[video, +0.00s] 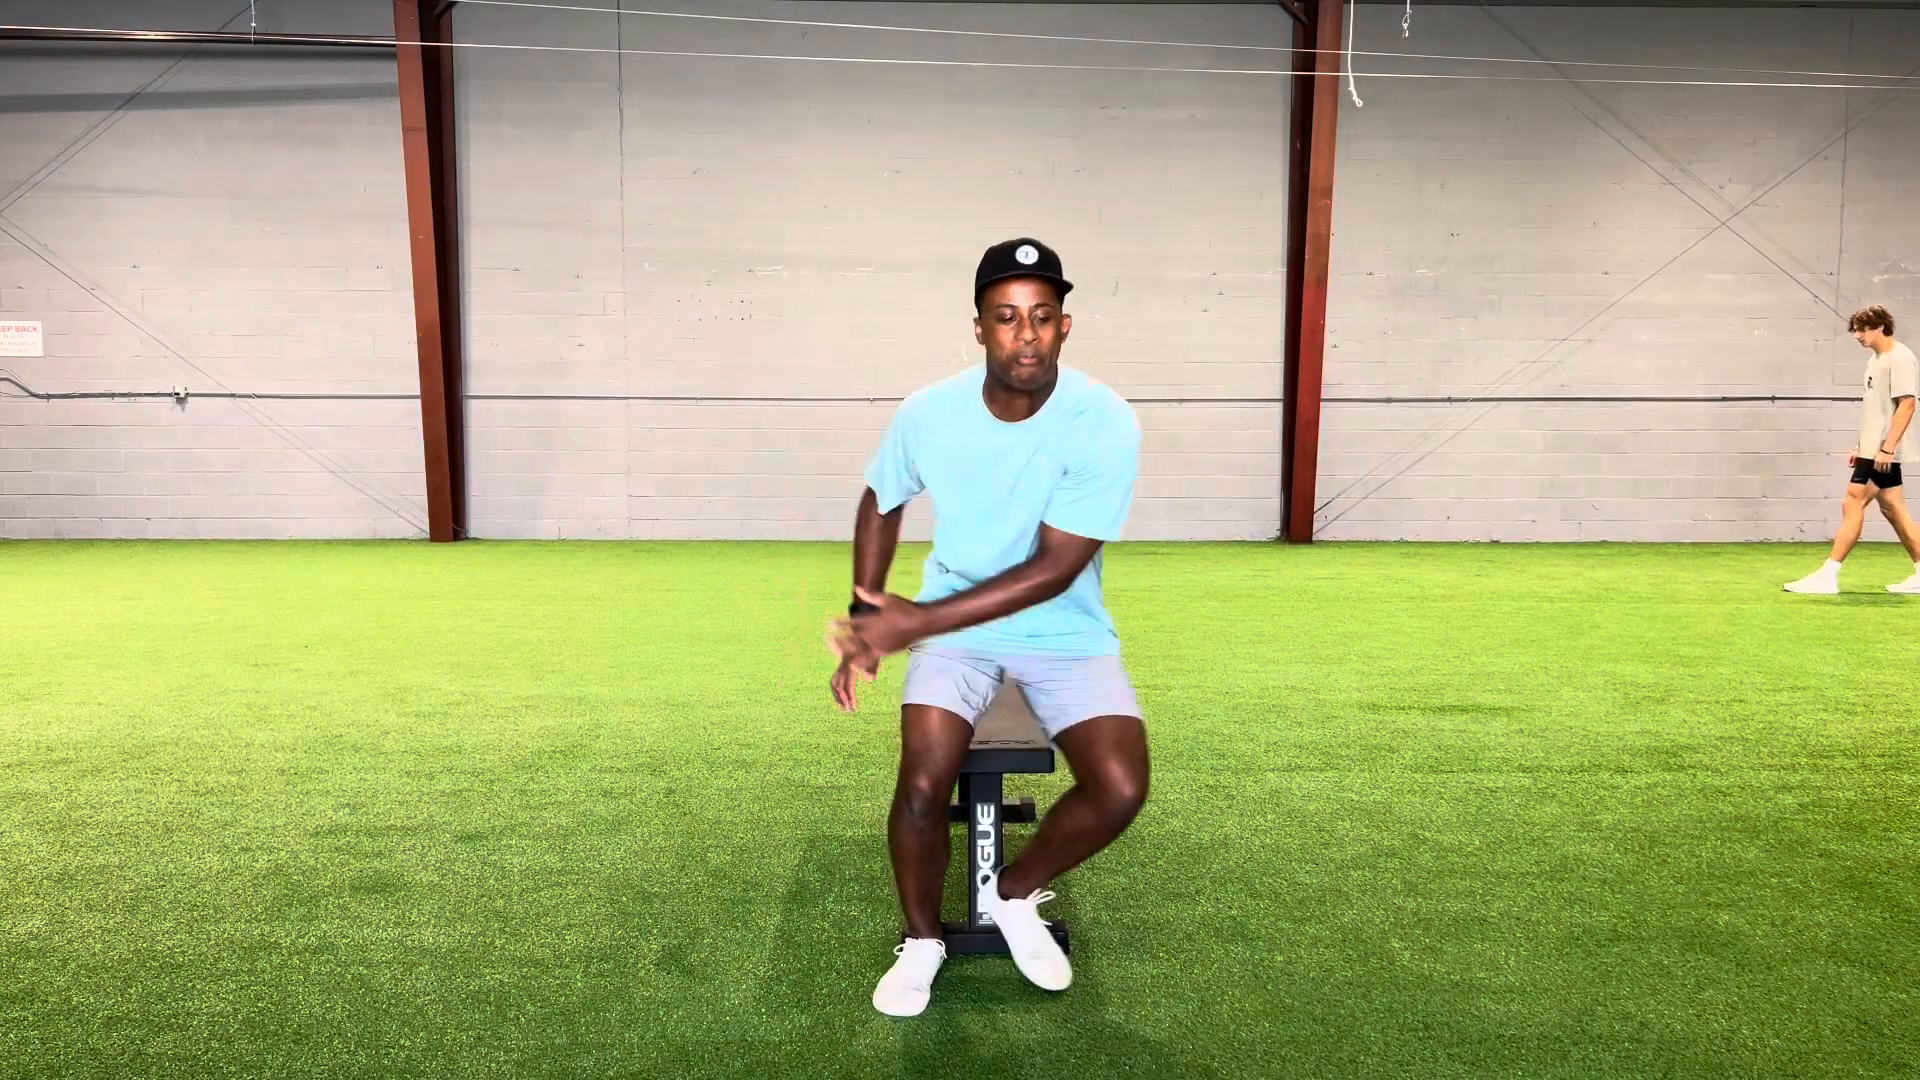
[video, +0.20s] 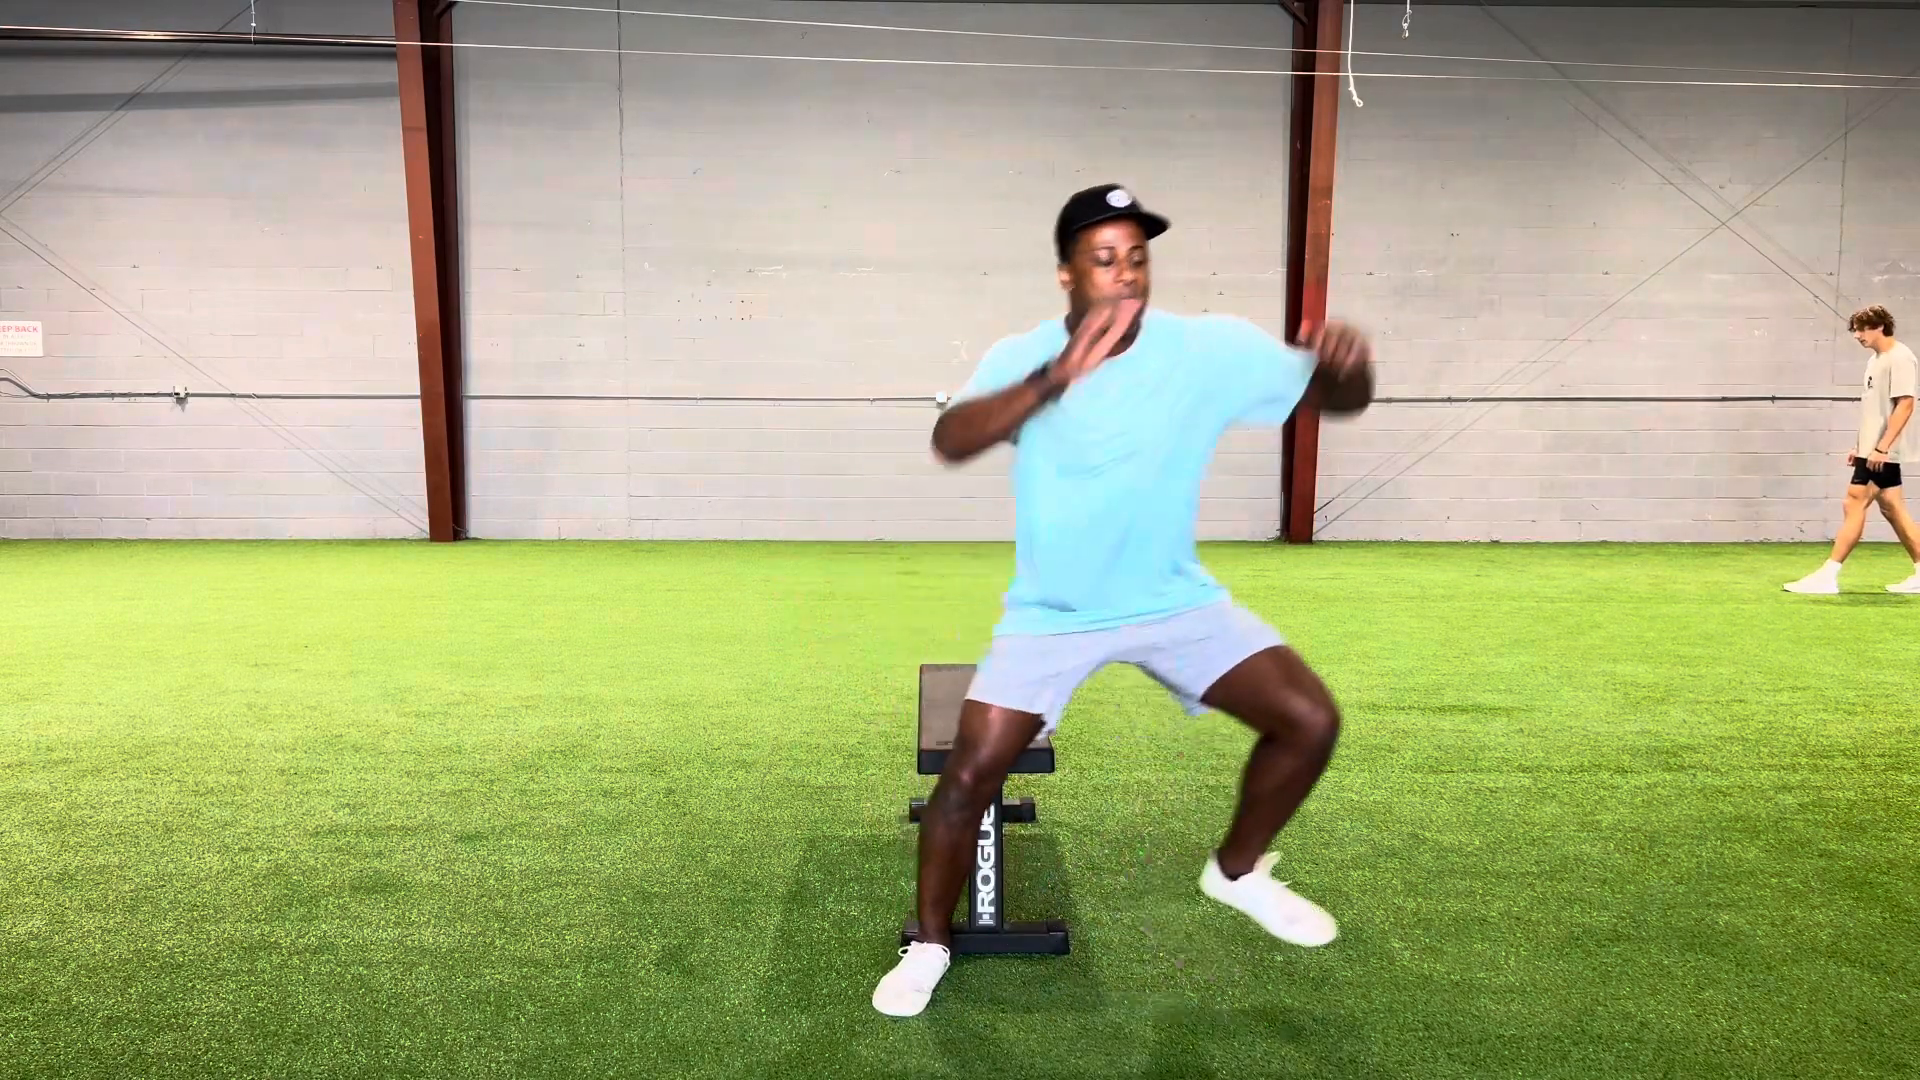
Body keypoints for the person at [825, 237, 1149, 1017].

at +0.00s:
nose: (1026, 336)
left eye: (1042, 318)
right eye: (1007, 318)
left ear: (1064, 326)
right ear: (980, 328)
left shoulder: (1103, 422)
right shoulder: (929, 413)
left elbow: (1056, 568)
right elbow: (881, 507)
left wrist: (917, 620)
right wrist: (864, 622)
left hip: (1065, 622)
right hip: (957, 619)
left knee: (1120, 786)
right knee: (924, 780)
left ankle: (1013, 890)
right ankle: (922, 939)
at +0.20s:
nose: (1126, 273)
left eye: (1137, 257)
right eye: (1105, 260)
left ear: (1151, 263)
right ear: (1067, 273)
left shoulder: (1204, 348)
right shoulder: (1026, 354)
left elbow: (1339, 399)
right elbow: (951, 440)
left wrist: (1347, 363)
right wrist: (1054, 378)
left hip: (1173, 600)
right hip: (1049, 612)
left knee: (1310, 721)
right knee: (969, 773)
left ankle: (1236, 871)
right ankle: (928, 943)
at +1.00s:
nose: (1710, 287)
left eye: (1719, 268)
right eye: (1686, 269)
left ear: (1726, 276)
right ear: (1630, 282)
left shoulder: (1720, 385)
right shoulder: (1558, 380)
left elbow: (1675, 514)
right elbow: (1515, 535)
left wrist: (1662, 606)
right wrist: (1659, 595)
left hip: (1623, 604)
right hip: (1516, 595)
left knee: (1702, 786)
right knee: (1587, 789)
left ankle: (1676, 963)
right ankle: (1531, 860)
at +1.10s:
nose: (1663, 276)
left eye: (1679, 255)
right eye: (1639, 258)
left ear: (1696, 262)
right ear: (1598, 267)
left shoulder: (1714, 379)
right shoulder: (1530, 371)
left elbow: (1711, 510)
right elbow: (1476, 517)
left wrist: (1737, 637)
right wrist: (1570, 630)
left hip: (1632, 605)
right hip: (1510, 593)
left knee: (1703, 792)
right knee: (1505, 786)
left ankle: (1676, 963)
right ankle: (1452, 862)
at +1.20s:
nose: (1581, 267)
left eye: (1599, 245)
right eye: (1562, 248)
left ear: (1635, 249)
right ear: (1540, 255)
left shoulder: (1692, 361)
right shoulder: (1485, 365)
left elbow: (1730, 489)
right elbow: (1412, 494)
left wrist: (1776, 599)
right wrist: (1458, 611)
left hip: (1614, 626)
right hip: (1481, 607)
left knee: (1696, 795)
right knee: (1402, 771)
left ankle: (1674, 964)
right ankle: (1342, 874)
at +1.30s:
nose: (1487, 247)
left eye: (1505, 226)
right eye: (1473, 230)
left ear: (1554, 226)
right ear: (1459, 236)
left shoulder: (1633, 335)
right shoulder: (1419, 346)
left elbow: (1685, 447)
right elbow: (1344, 462)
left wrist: (1701, 527)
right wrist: (1355, 566)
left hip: (1574, 604)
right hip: (1433, 586)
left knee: (1653, 785)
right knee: (1317, 748)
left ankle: (1675, 961)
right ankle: (1248, 906)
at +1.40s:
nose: (1396, 228)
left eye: (1414, 208)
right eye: (1386, 210)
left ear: (1465, 207)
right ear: (1375, 215)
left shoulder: (1539, 311)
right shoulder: (1337, 326)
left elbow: (1587, 437)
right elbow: (1288, 438)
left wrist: (1577, 526)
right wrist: (1275, 533)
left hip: (1501, 583)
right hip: (1364, 573)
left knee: (1584, 757)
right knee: (1272, 745)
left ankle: (1669, 948)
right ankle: (1219, 934)